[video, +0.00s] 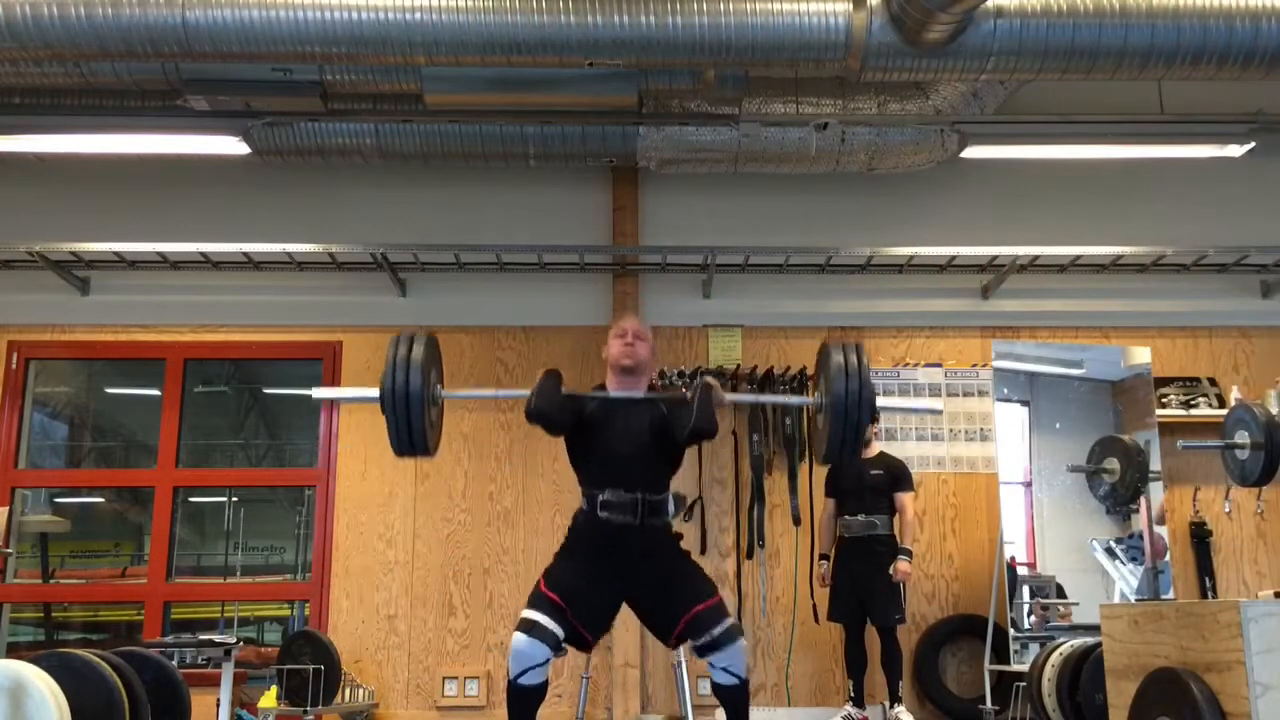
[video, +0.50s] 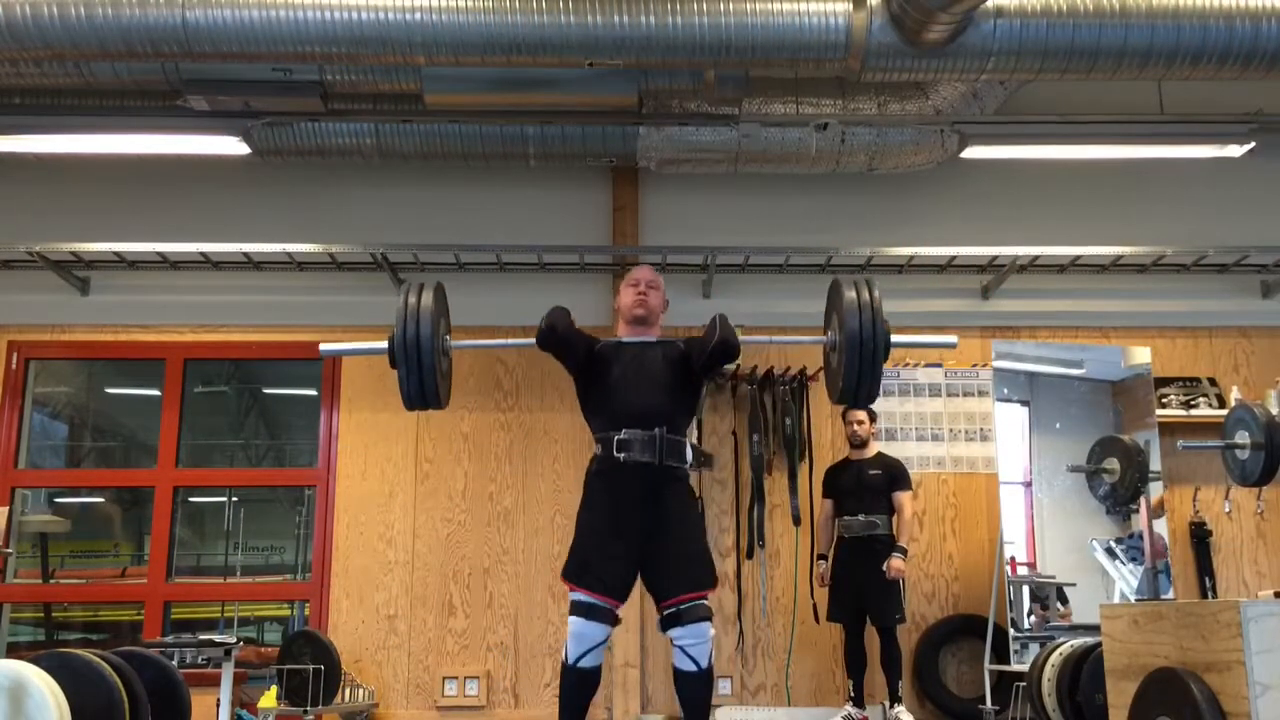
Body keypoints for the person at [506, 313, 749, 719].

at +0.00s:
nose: (629, 341)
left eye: (639, 338)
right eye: (620, 335)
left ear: (653, 360)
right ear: (605, 353)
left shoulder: (668, 409)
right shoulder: (583, 406)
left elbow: (702, 426)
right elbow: (545, 411)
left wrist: (703, 391)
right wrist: (550, 379)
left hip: (655, 549)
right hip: (590, 546)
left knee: (729, 649)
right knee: (526, 650)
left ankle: (738, 718)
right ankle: (521, 718)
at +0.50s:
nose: (642, 290)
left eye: (652, 286)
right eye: (633, 284)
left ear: (664, 306)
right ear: (616, 302)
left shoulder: (683, 354)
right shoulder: (594, 353)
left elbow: (722, 350)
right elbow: (558, 337)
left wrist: (720, 331)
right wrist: (557, 318)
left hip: (673, 501)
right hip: (609, 499)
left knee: (694, 633)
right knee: (587, 631)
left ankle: (697, 718)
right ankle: (570, 718)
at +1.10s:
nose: (640, 335)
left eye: (650, 326)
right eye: (632, 324)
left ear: (665, 323)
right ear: (617, 321)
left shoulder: (688, 376)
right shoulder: (591, 375)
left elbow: (723, 435)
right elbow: (565, 437)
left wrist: (726, 465)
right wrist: (555, 468)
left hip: (667, 517)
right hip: (606, 516)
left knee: (687, 637)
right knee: (589, 627)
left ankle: (691, 718)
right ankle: (571, 718)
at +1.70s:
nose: (631, 355)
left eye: (640, 347)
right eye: (624, 345)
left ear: (653, 346)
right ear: (611, 343)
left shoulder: (673, 395)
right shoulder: (585, 396)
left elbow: (703, 458)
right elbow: (562, 461)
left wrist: (730, 520)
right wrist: (547, 524)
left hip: (654, 521)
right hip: (601, 521)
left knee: (667, 626)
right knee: (596, 628)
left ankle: (685, 716)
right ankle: (591, 715)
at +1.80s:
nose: (617, 358)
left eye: (626, 350)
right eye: (610, 349)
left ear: (641, 350)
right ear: (598, 346)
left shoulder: (662, 395)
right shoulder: (574, 396)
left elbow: (687, 454)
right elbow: (553, 452)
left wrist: (703, 510)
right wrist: (545, 497)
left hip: (645, 519)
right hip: (593, 519)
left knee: (661, 626)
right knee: (594, 630)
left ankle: (685, 715)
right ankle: (593, 714)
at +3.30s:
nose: (598, 377)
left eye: (607, 368)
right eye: (591, 367)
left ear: (622, 362)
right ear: (581, 359)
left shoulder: (648, 402)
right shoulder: (562, 406)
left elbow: (672, 463)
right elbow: (544, 470)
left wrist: (674, 520)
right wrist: (527, 532)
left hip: (631, 528)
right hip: (578, 526)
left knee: (639, 633)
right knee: (561, 630)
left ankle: (650, 714)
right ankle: (545, 716)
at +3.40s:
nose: (584, 369)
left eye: (592, 360)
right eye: (577, 359)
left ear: (607, 353)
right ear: (566, 352)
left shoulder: (636, 394)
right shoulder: (547, 398)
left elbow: (659, 456)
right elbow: (529, 466)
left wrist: (668, 515)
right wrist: (513, 528)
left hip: (620, 521)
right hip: (566, 521)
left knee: (640, 628)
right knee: (554, 626)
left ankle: (646, 710)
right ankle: (544, 715)